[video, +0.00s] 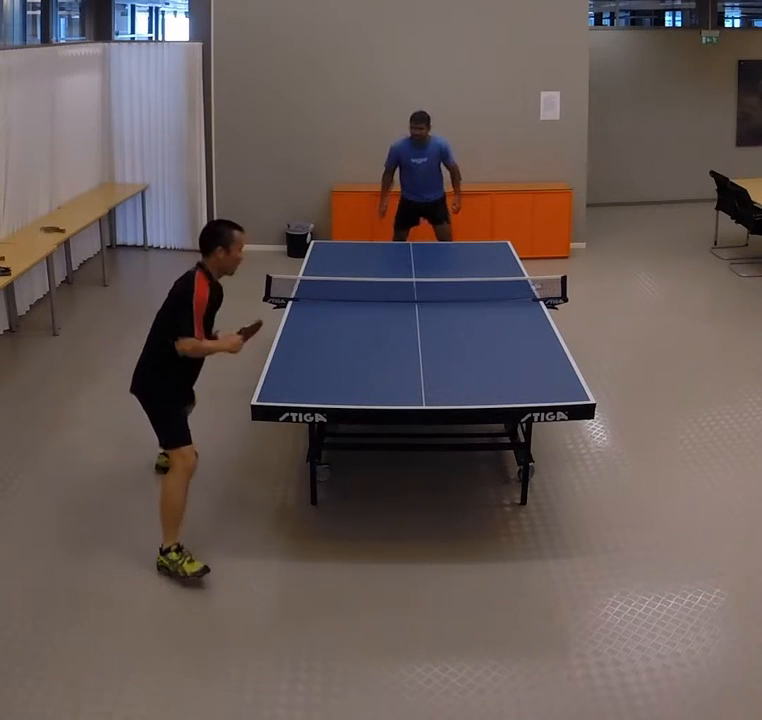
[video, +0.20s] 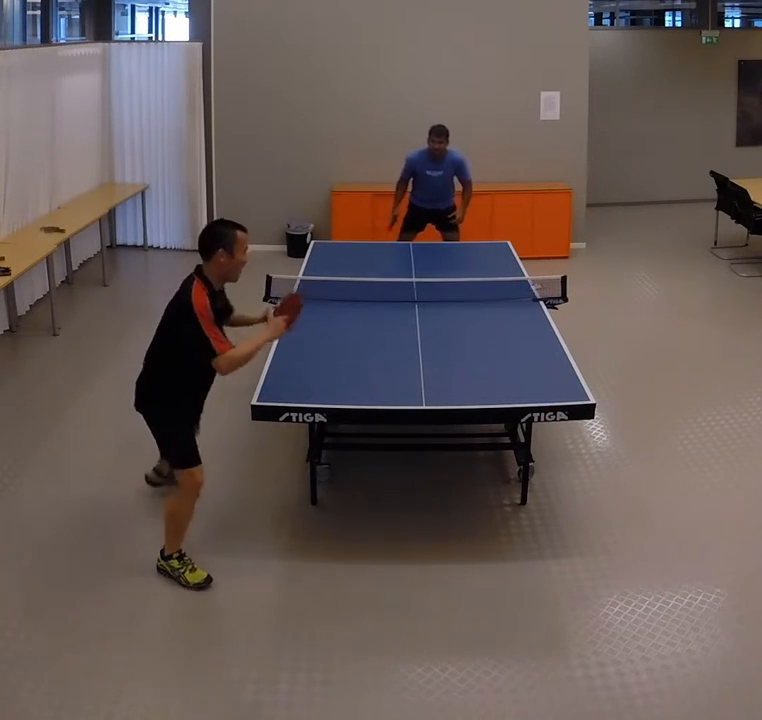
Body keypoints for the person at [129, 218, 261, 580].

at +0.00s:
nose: (242, 258)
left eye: (242, 251)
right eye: (239, 251)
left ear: (219, 252)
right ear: (219, 252)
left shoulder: (211, 285)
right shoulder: (194, 288)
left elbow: (200, 336)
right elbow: (183, 345)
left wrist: (233, 337)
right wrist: (222, 345)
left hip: (175, 378)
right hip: (156, 385)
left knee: (184, 408)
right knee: (184, 460)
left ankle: (165, 456)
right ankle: (169, 550)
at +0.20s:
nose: (245, 262)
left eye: (245, 255)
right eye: (242, 255)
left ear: (219, 255)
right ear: (220, 257)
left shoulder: (209, 284)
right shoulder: (195, 301)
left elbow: (225, 317)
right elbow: (224, 363)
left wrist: (262, 317)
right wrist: (268, 334)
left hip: (181, 386)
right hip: (163, 398)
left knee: (185, 432)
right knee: (190, 480)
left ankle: (164, 472)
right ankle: (171, 556)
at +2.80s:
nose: (463, 322)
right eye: (464, 317)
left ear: (419, 312)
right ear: (461, 322)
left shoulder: (376, 354)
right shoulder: (457, 375)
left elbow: (331, 409)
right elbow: (446, 432)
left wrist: (327, 457)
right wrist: (454, 504)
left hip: (359, 490)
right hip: (418, 497)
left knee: (316, 566)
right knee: (455, 572)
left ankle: (276, 642)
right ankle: (468, 648)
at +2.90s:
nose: (468, 320)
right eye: (467, 314)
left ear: (422, 311)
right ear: (463, 320)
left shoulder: (380, 354)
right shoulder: (462, 376)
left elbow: (341, 419)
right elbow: (463, 454)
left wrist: (368, 455)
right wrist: (482, 517)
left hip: (364, 489)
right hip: (421, 498)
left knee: (323, 565)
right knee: (456, 567)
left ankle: (287, 646)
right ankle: (468, 647)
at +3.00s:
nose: (464, 324)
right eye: (465, 318)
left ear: (420, 315)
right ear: (463, 323)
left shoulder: (379, 359)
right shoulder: (465, 384)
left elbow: (346, 425)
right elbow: (475, 460)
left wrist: (378, 450)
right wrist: (501, 499)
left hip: (364, 493)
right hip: (425, 502)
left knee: (323, 566)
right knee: (463, 565)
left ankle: (289, 647)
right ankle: (475, 646)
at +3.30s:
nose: (592, 363)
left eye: (593, 355)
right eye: (594, 356)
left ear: (552, 340)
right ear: (584, 356)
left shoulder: (493, 366)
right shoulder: (562, 421)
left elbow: (435, 405)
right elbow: (569, 506)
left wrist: (439, 455)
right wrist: (614, 549)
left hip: (432, 496)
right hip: (486, 518)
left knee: (382, 554)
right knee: (550, 564)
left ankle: (303, 616)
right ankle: (530, 641)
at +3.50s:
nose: (703, 394)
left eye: (706, 386)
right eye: (703, 384)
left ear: (669, 368)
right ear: (683, 378)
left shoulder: (610, 381)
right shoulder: (650, 438)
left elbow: (551, 406)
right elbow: (675, 529)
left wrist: (565, 452)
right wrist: (737, 561)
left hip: (511, 485)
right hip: (543, 518)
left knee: (533, 548)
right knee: (586, 580)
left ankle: (460, 594)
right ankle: (532, 640)